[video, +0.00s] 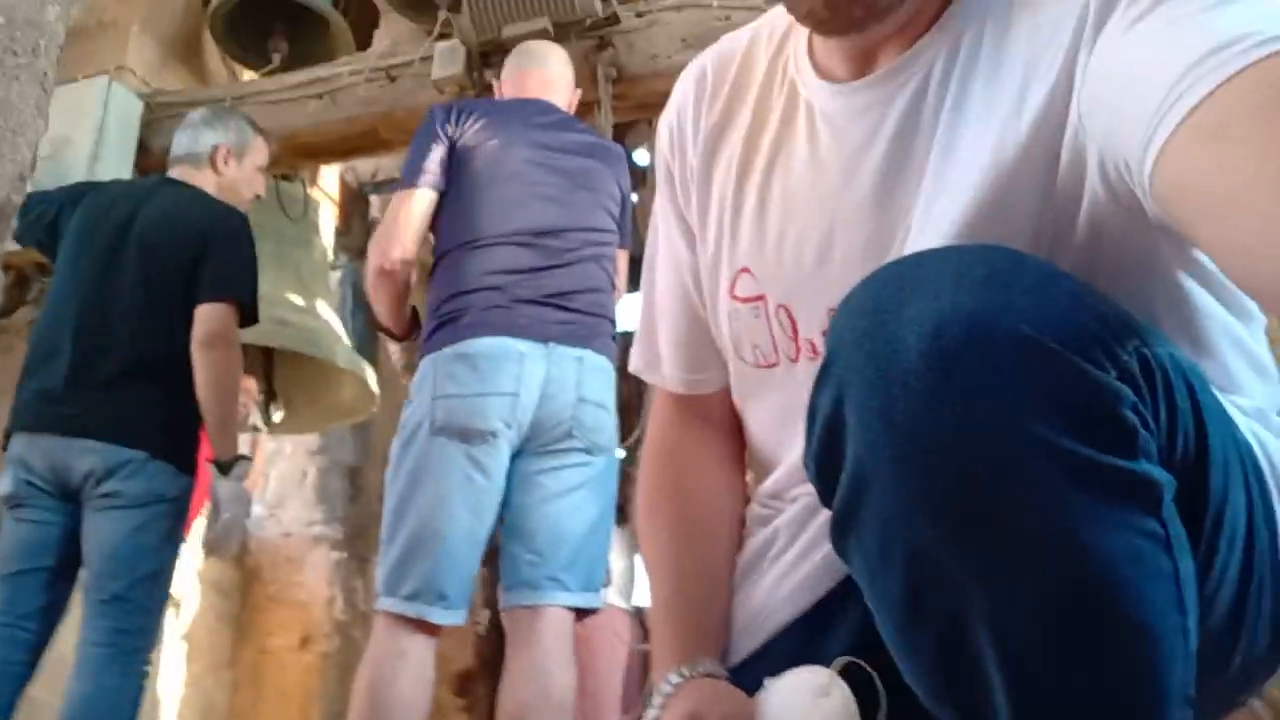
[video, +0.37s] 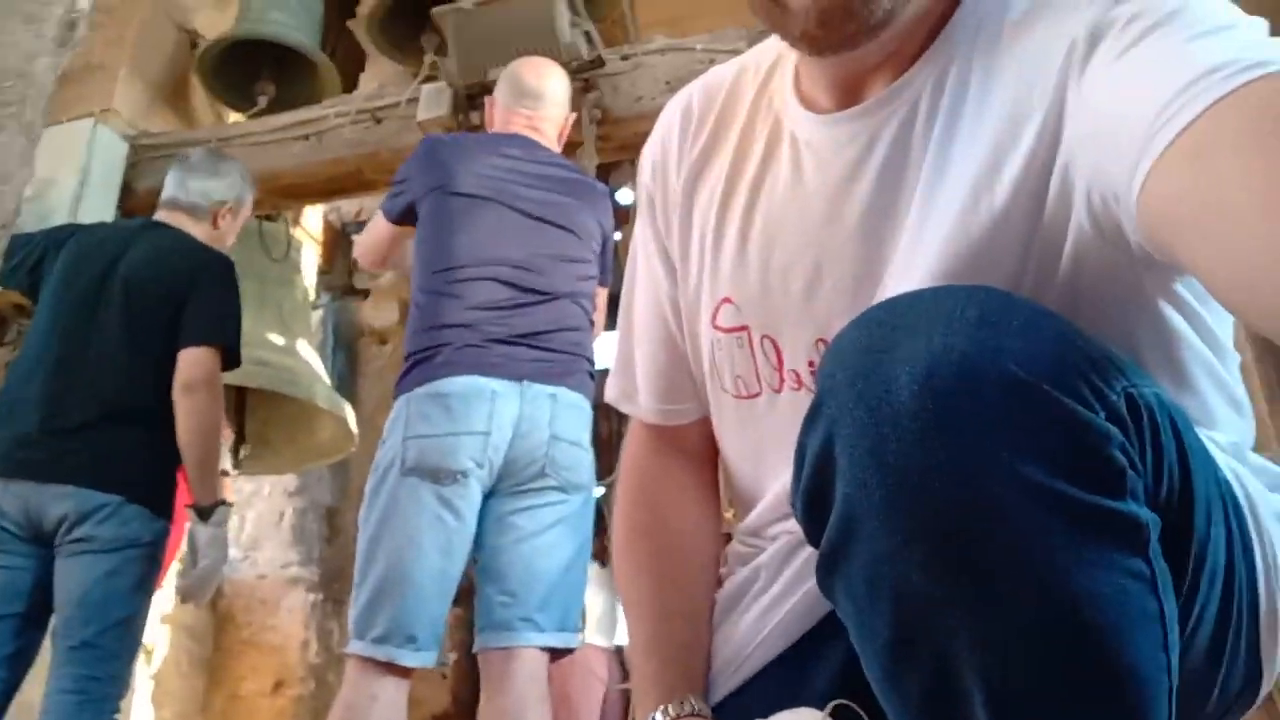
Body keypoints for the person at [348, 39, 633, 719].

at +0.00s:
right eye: (576, 96)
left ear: (497, 87)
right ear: (576, 100)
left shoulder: (456, 119)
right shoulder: (611, 155)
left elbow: (391, 257)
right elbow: (615, 280)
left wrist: (400, 330)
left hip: (475, 356)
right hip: (587, 369)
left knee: (411, 616)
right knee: (545, 611)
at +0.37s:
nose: (489, 115)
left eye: (490, 108)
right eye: (564, 123)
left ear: (488, 112)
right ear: (566, 128)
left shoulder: (439, 153)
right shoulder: (594, 195)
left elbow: (371, 254)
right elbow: (594, 317)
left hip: (450, 394)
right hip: (562, 410)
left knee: (383, 658)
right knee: (519, 647)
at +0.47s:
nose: (491, 120)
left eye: (492, 113)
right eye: (565, 126)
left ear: (491, 117)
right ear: (568, 131)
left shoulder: (444, 158)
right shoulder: (599, 199)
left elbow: (399, 244)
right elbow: (601, 316)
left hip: (457, 399)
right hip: (571, 414)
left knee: (393, 659)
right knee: (528, 650)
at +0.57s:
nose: (488, 111)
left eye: (488, 104)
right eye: (561, 116)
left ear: (486, 109)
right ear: (564, 123)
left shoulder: (440, 150)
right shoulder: (594, 192)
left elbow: (416, 236)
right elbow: (592, 313)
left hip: (447, 387)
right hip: (561, 405)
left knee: (379, 647)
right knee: (515, 641)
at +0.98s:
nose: (448, 93)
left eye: (448, 83)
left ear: (447, 84)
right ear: (525, 109)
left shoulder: (402, 127)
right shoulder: (547, 171)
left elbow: (380, 241)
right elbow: (548, 294)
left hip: (382, 360)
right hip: (494, 381)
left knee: (284, 611)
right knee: (426, 612)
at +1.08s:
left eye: (392, 17)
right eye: (475, 32)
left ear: (395, 20)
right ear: (476, 46)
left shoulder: (349, 63)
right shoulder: (503, 117)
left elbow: (353, 172)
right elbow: (513, 250)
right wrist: (436, 217)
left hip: (335, 312)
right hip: (453, 336)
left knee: (244, 569)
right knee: (390, 572)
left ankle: (188, 717)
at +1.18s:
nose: (379, 23)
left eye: (380, 16)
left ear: (386, 18)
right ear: (465, 43)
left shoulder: (338, 60)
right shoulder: (493, 112)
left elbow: (354, 165)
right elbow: (510, 236)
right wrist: (431, 203)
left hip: (327, 312)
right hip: (446, 333)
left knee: (239, 569)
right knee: (385, 570)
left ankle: (184, 717)